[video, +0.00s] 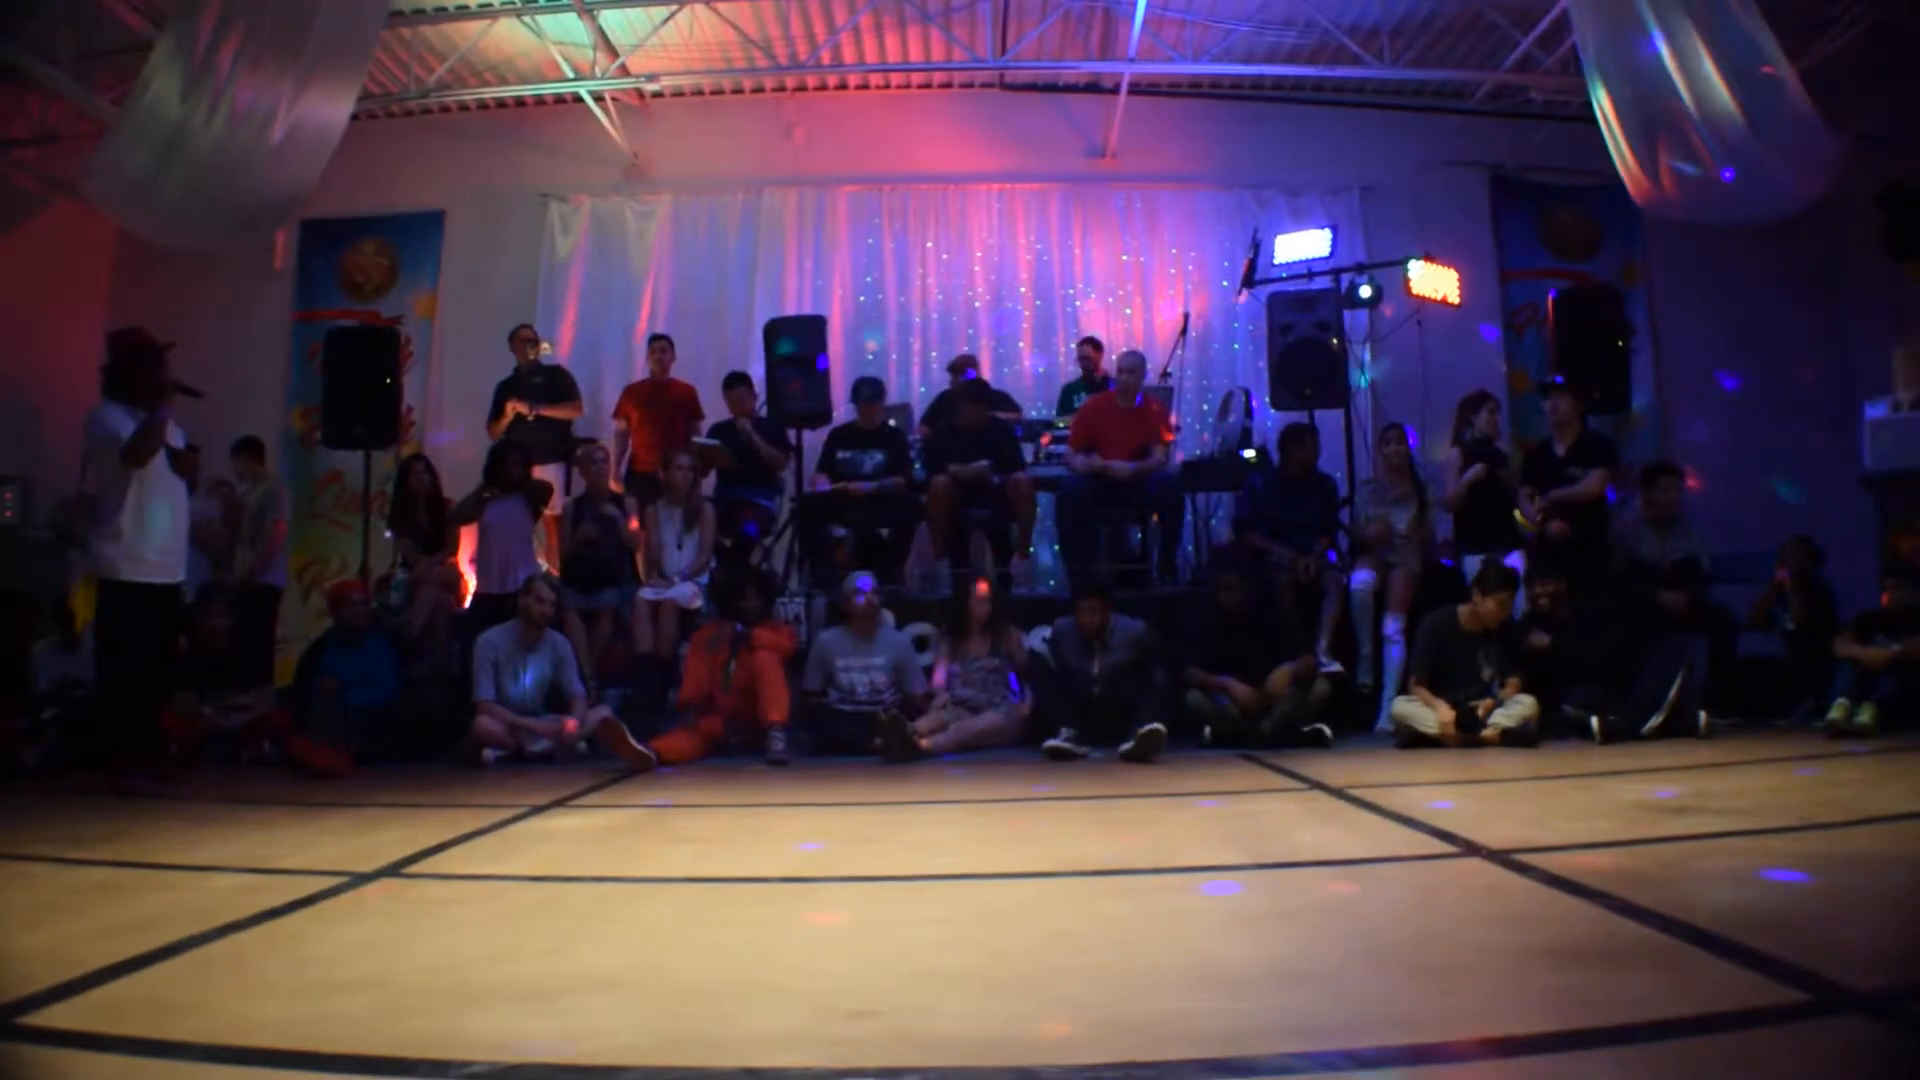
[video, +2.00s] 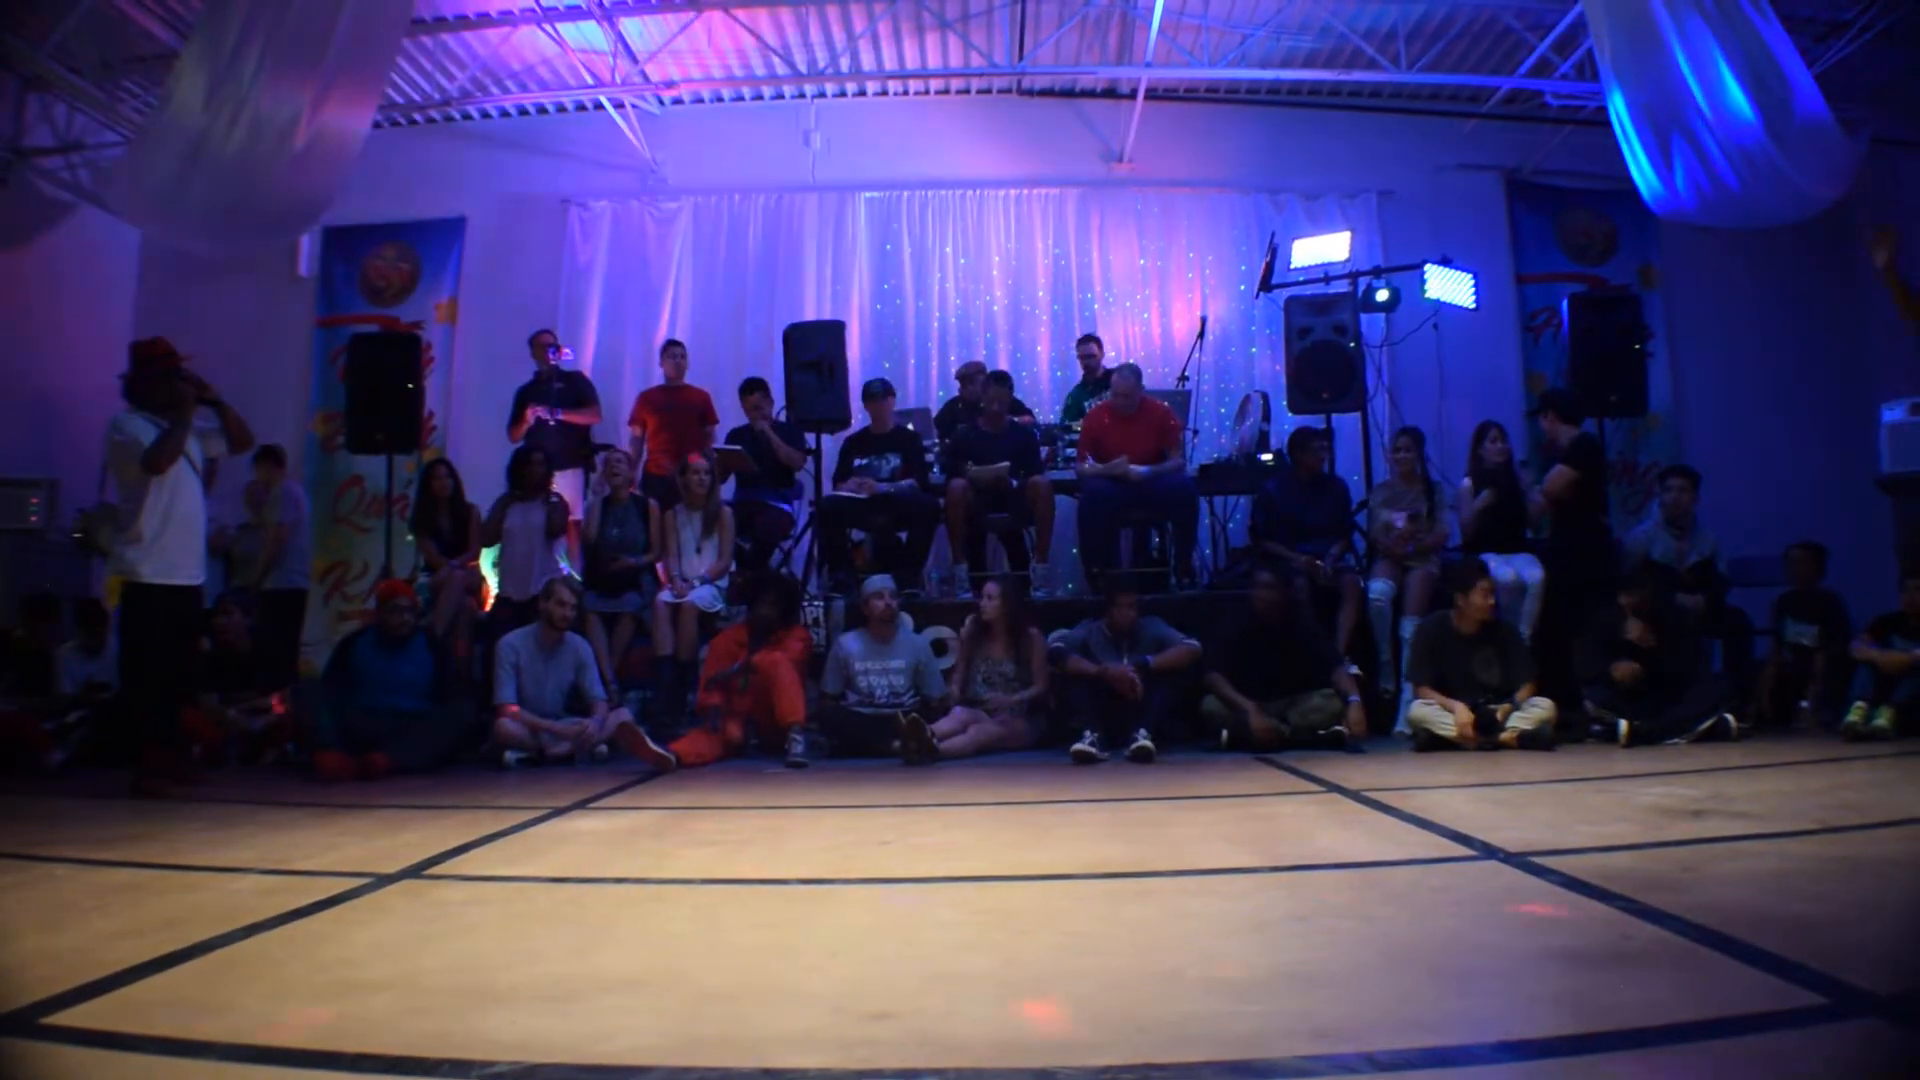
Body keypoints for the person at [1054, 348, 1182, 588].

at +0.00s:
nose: (1125, 378)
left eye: (1132, 373)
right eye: (1121, 372)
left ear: (1143, 376)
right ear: (1115, 374)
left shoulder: (1154, 410)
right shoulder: (1093, 408)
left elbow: (1160, 456)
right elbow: (1073, 457)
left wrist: (1133, 469)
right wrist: (1099, 465)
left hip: (1138, 480)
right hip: (1100, 480)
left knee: (1172, 490)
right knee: (1069, 493)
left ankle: (1167, 569)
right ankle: (1079, 575)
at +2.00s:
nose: (1121, 402)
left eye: (1127, 396)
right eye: (1116, 395)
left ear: (1140, 392)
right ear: (1109, 391)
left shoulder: (1161, 413)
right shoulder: (1096, 417)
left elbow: (1178, 461)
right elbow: (1081, 467)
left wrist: (1145, 471)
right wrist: (1107, 470)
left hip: (1151, 483)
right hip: (1113, 484)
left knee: (1184, 490)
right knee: (1093, 494)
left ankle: (1183, 570)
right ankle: (1097, 575)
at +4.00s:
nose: (1120, 405)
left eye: (1126, 399)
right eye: (1116, 398)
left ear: (1141, 392)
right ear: (1111, 393)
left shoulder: (1165, 415)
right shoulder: (1096, 417)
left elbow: (1180, 462)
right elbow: (1085, 465)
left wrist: (1150, 473)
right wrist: (1109, 470)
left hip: (1153, 484)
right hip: (1115, 484)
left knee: (1188, 489)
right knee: (1095, 493)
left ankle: (1184, 568)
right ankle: (1096, 575)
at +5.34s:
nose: (1123, 406)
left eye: (1128, 400)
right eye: (1118, 400)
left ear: (1140, 392)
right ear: (1111, 394)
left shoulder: (1165, 414)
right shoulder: (1096, 416)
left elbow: (1180, 462)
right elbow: (1086, 464)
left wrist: (1150, 473)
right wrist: (1108, 471)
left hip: (1153, 482)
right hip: (1115, 483)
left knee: (1189, 491)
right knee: (1095, 495)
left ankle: (1185, 568)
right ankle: (1097, 574)